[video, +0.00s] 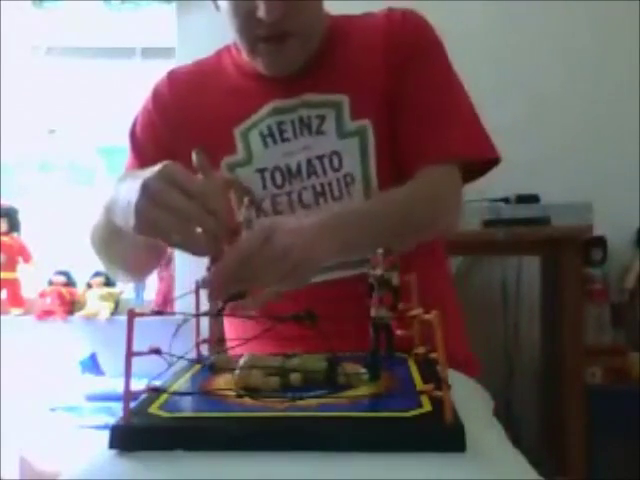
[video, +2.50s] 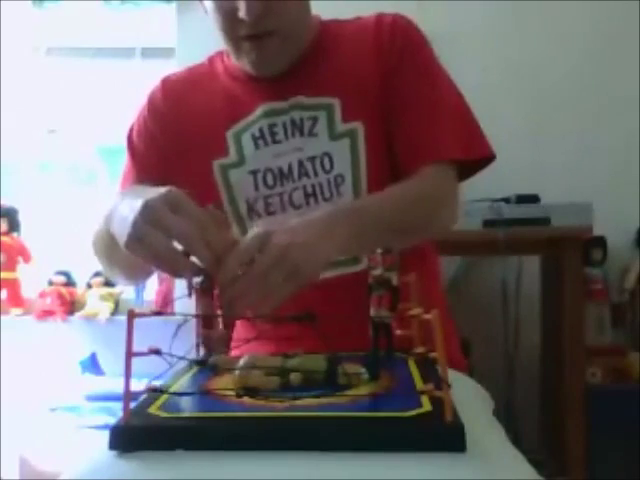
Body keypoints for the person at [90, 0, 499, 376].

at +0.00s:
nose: (267, 12)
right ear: (220, 1)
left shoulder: (396, 43)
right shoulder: (180, 97)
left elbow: (440, 202)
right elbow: (130, 264)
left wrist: (309, 240)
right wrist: (124, 204)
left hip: (414, 378)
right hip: (264, 393)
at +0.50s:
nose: (255, 7)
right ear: (212, 4)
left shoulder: (391, 42)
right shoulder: (174, 98)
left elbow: (447, 202)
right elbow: (115, 260)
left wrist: (327, 242)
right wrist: (124, 208)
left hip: (409, 371)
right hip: (253, 382)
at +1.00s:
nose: (247, 9)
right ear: (206, 5)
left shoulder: (387, 46)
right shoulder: (171, 100)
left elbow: (441, 203)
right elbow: (117, 259)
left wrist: (327, 235)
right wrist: (131, 207)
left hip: (401, 371)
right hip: (248, 382)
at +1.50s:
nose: (240, 11)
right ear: (199, 5)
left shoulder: (384, 47)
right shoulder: (170, 102)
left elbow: (437, 203)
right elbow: (115, 257)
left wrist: (321, 237)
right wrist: (128, 203)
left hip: (399, 366)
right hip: (249, 376)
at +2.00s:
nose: (244, 12)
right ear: (203, 5)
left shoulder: (385, 47)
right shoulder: (172, 102)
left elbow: (438, 202)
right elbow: (117, 259)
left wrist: (318, 237)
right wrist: (128, 203)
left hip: (399, 366)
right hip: (248, 375)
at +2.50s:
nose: (245, 12)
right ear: (205, 4)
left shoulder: (386, 46)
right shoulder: (173, 104)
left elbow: (439, 202)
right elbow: (123, 266)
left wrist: (320, 236)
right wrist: (124, 214)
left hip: (403, 367)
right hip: (256, 377)